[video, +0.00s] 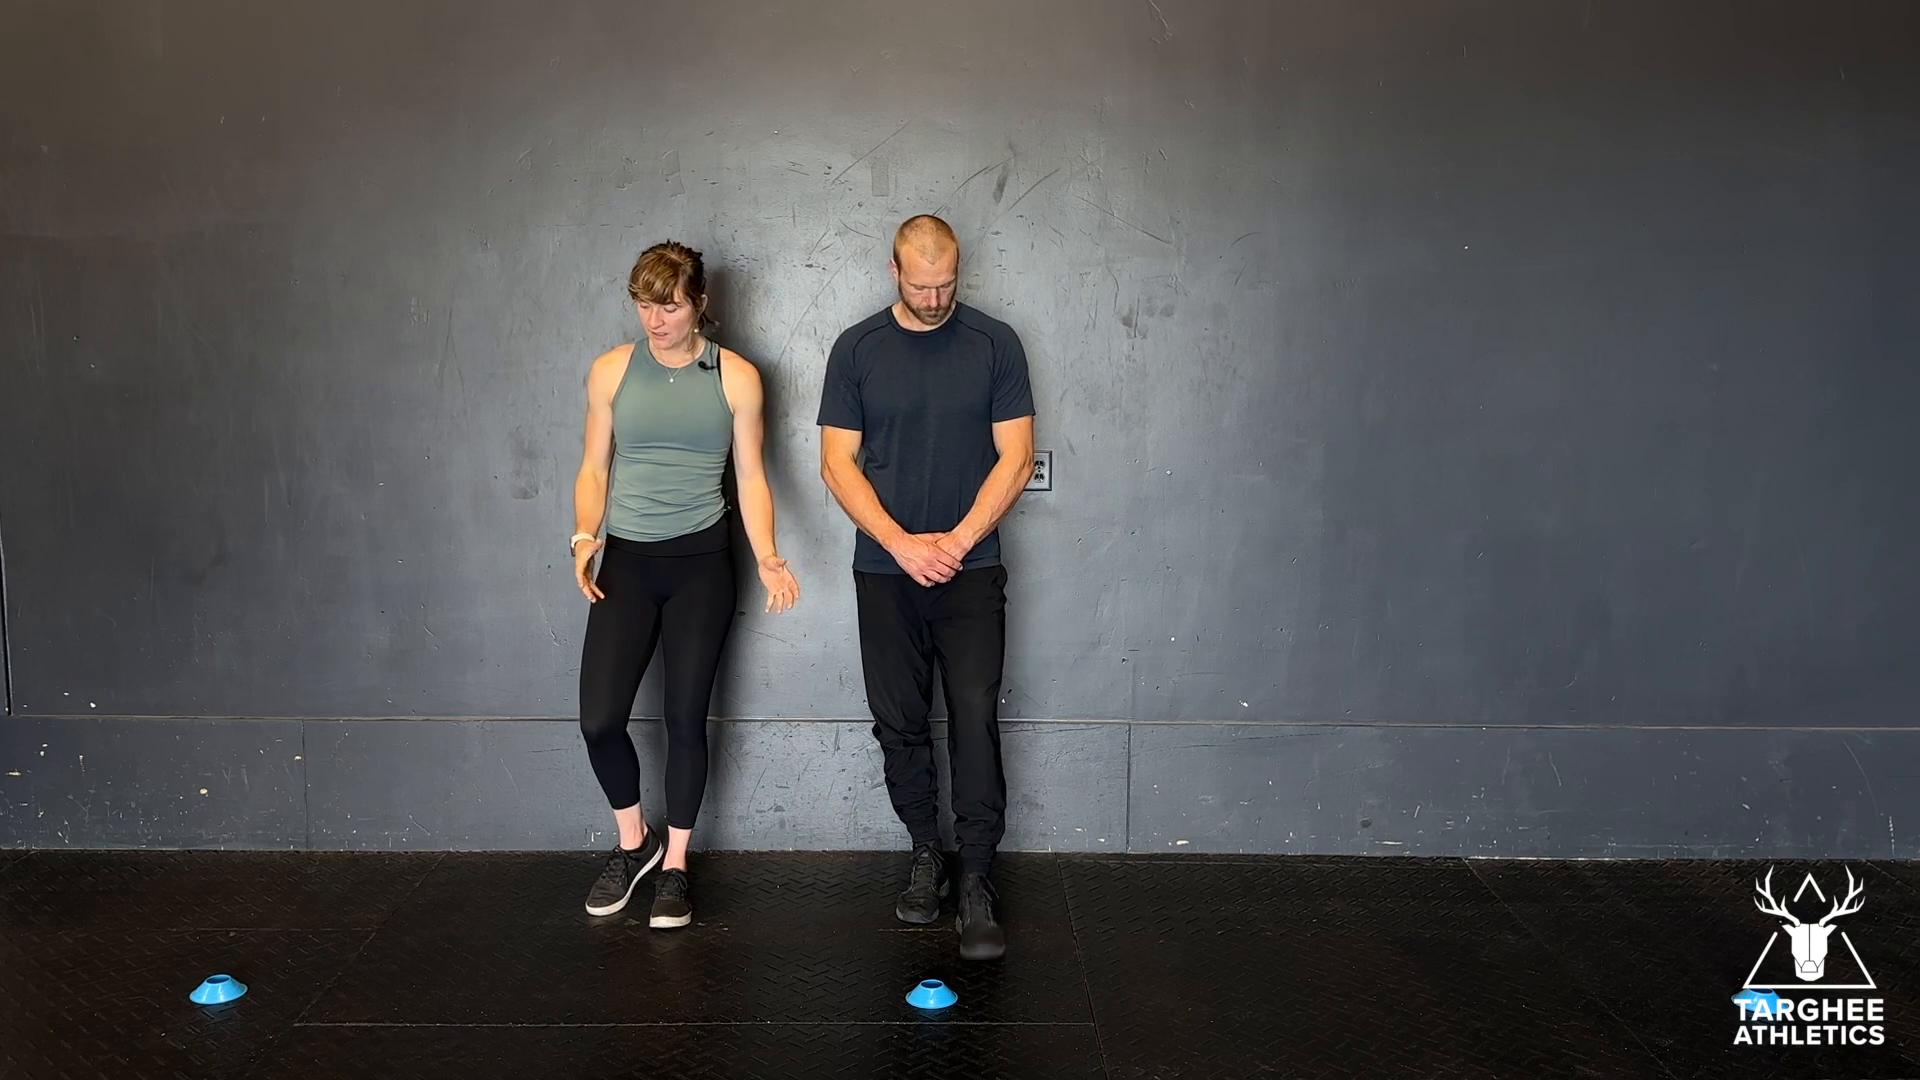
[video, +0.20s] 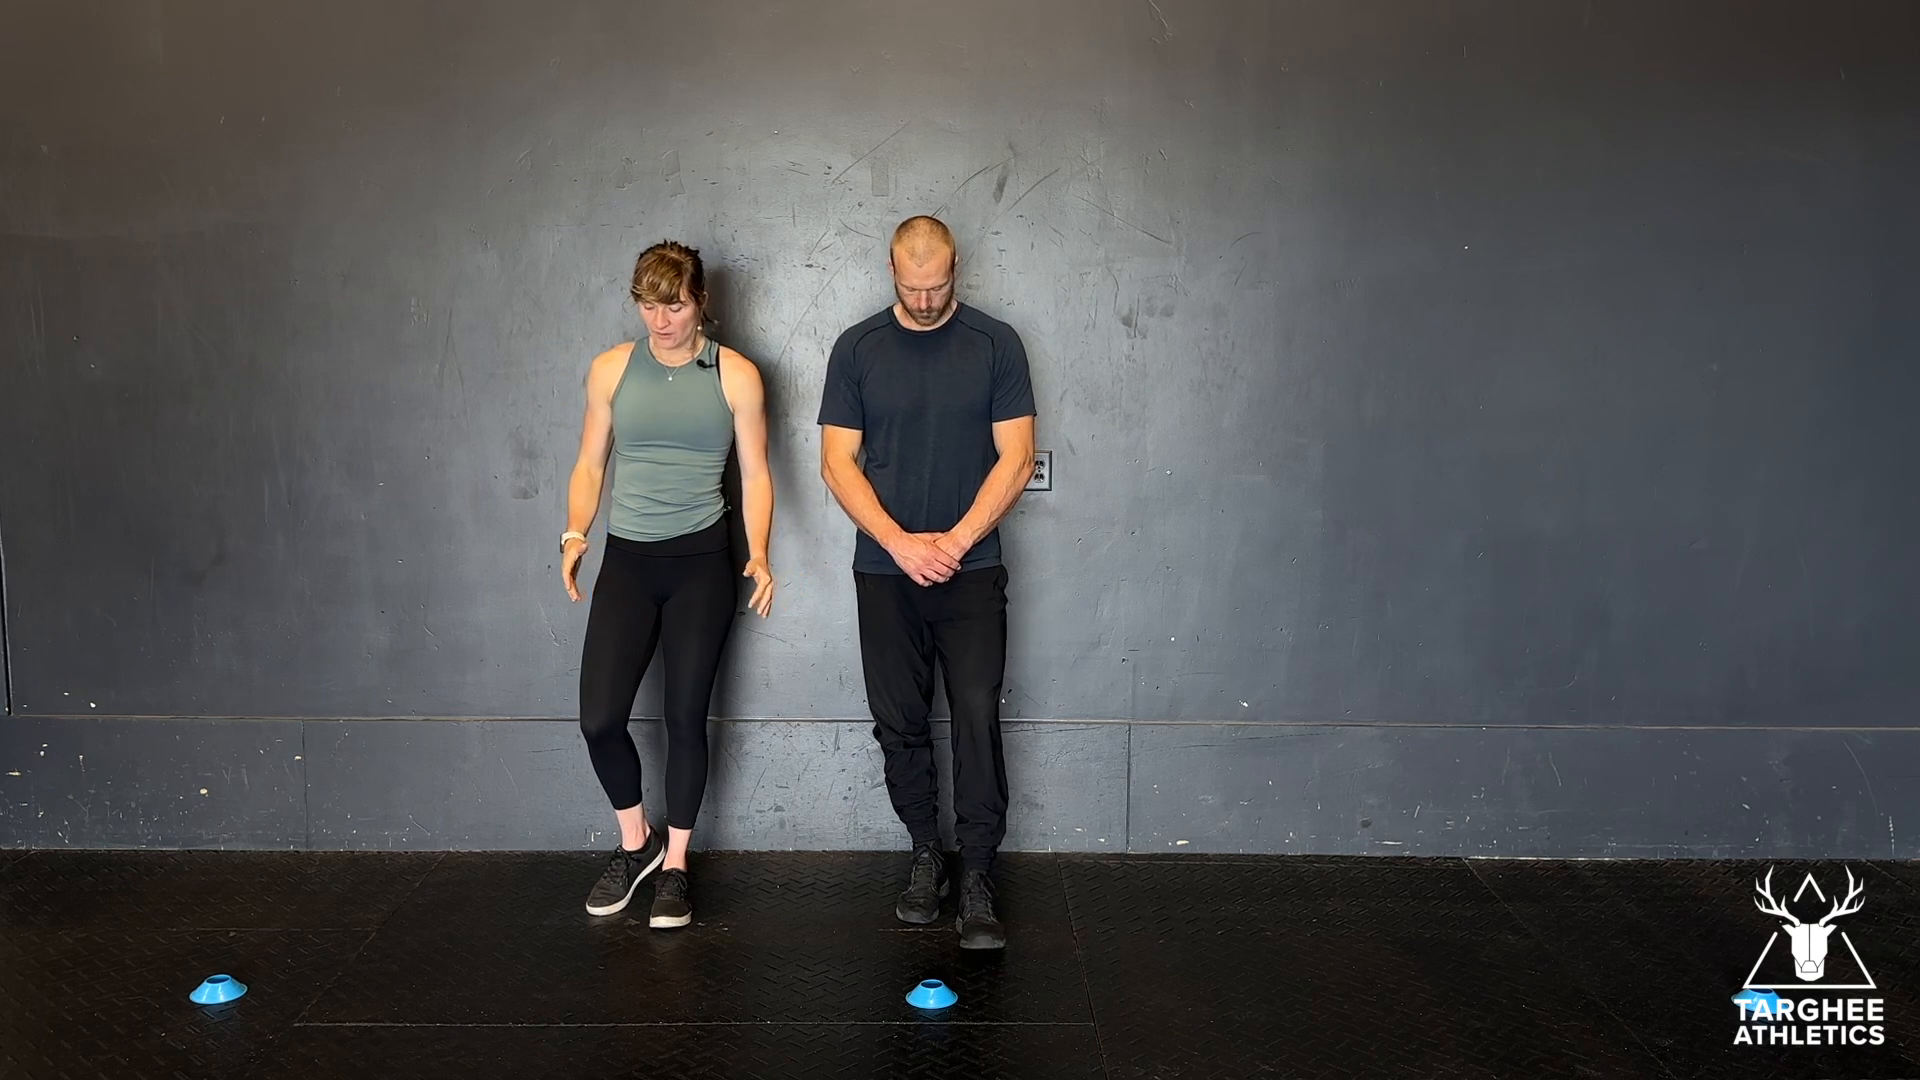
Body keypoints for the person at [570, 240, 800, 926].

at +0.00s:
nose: (654, 319)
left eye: (667, 306)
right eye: (646, 305)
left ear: (698, 304)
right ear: (635, 305)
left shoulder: (736, 377)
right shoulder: (612, 369)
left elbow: (751, 475)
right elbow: (594, 467)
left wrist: (768, 557)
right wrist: (585, 538)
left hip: (703, 560)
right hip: (624, 561)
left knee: (686, 716)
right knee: (600, 719)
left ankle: (675, 866)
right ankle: (636, 843)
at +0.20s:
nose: (662, 320)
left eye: (674, 307)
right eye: (651, 307)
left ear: (698, 302)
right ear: (638, 304)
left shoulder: (736, 375)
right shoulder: (611, 369)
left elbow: (755, 472)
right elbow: (590, 465)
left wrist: (757, 553)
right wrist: (576, 533)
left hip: (703, 559)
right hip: (625, 559)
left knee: (685, 714)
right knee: (599, 717)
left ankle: (676, 864)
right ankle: (635, 843)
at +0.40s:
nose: (673, 322)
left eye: (683, 309)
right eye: (659, 311)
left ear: (701, 305)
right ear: (641, 309)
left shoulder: (736, 376)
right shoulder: (610, 372)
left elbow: (749, 474)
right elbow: (591, 469)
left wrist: (755, 557)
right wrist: (574, 544)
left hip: (705, 560)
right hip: (626, 560)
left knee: (686, 715)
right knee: (601, 718)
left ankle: (676, 863)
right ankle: (634, 840)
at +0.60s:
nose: (676, 321)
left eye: (685, 307)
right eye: (662, 309)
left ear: (701, 302)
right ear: (641, 307)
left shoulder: (735, 374)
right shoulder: (609, 372)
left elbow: (752, 475)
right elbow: (589, 471)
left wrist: (767, 561)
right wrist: (588, 550)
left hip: (704, 560)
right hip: (625, 562)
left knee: (687, 717)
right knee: (608, 721)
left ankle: (677, 865)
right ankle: (635, 843)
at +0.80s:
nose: (674, 321)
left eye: (684, 308)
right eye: (660, 309)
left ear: (700, 302)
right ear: (639, 306)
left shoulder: (733, 375)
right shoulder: (609, 371)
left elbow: (748, 475)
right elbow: (582, 472)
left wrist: (767, 559)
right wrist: (578, 557)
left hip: (702, 560)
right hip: (624, 561)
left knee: (686, 717)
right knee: (606, 721)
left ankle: (675, 868)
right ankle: (633, 842)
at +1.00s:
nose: (664, 321)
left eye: (675, 308)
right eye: (651, 310)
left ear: (694, 303)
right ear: (635, 307)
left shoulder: (730, 375)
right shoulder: (607, 370)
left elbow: (751, 475)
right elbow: (567, 467)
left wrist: (773, 557)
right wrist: (538, 552)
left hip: (700, 561)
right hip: (623, 561)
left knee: (683, 714)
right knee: (602, 721)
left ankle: (675, 865)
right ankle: (631, 842)